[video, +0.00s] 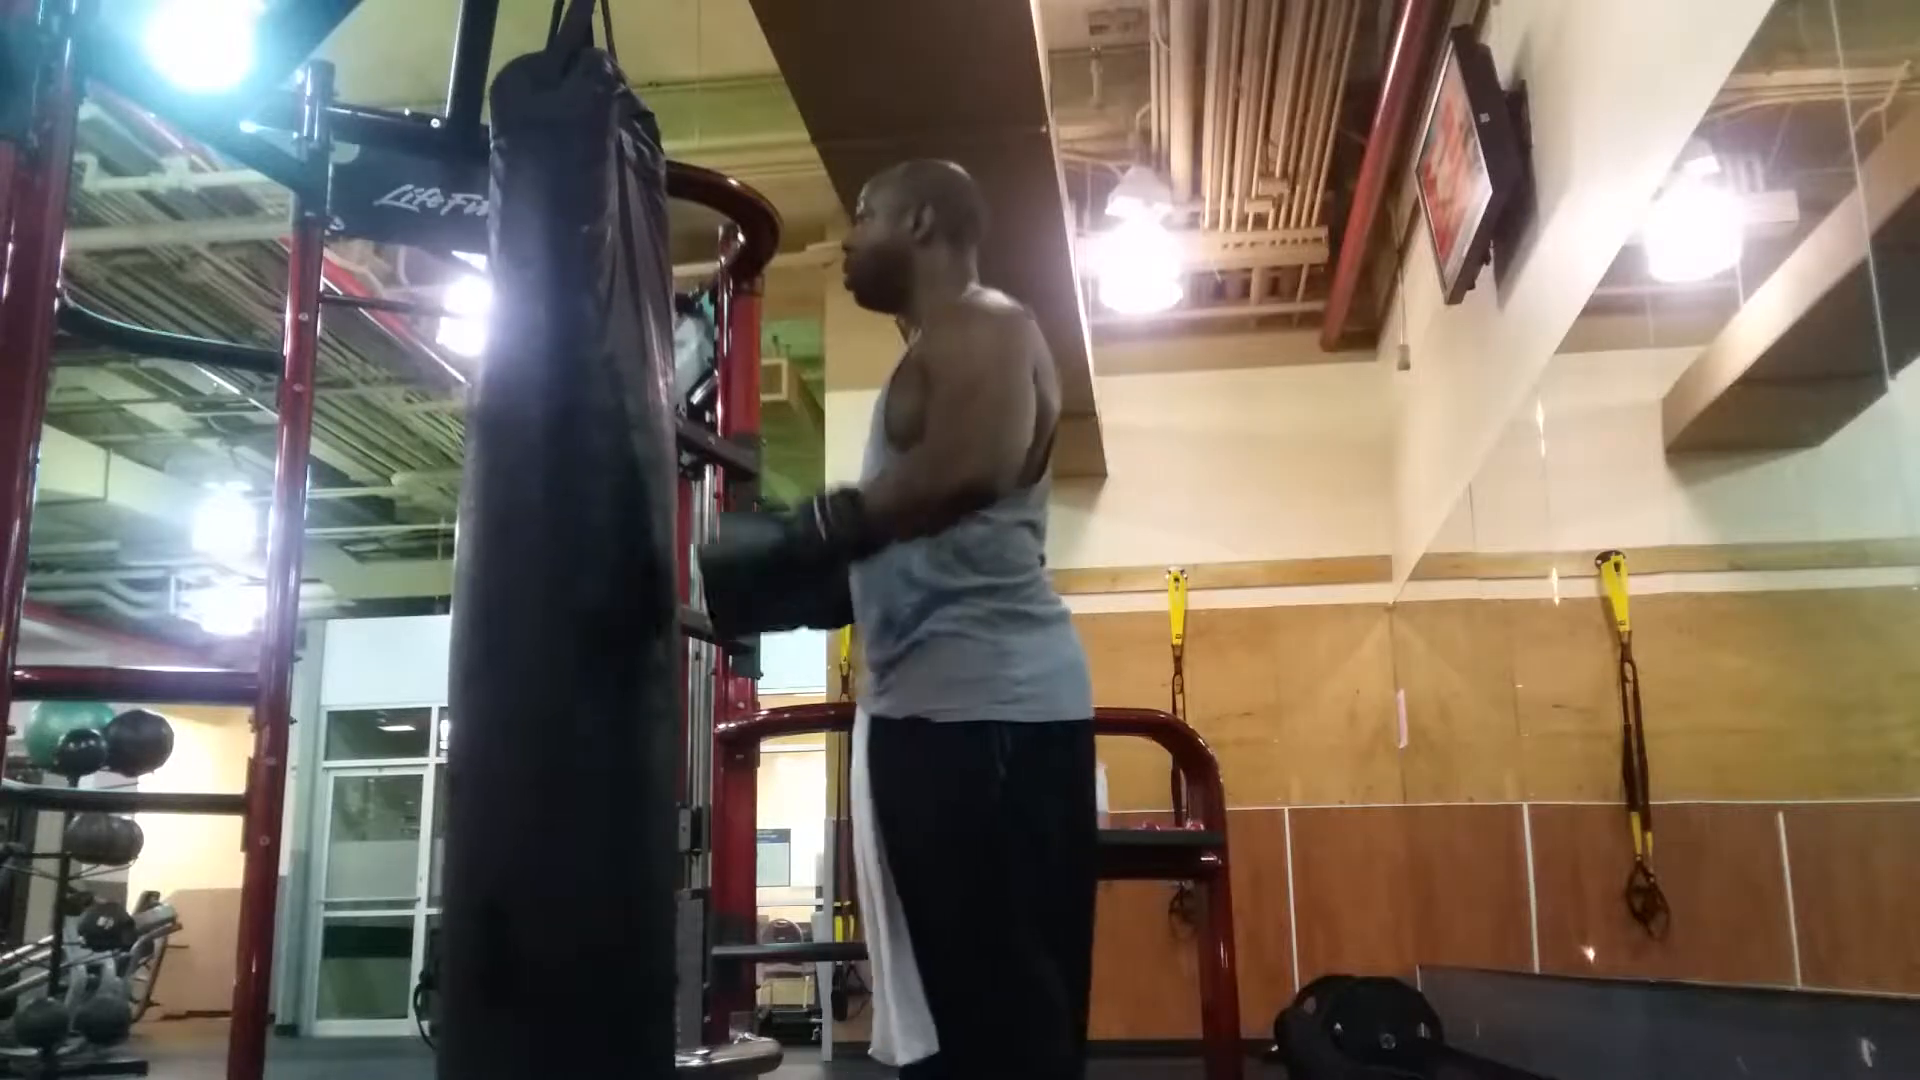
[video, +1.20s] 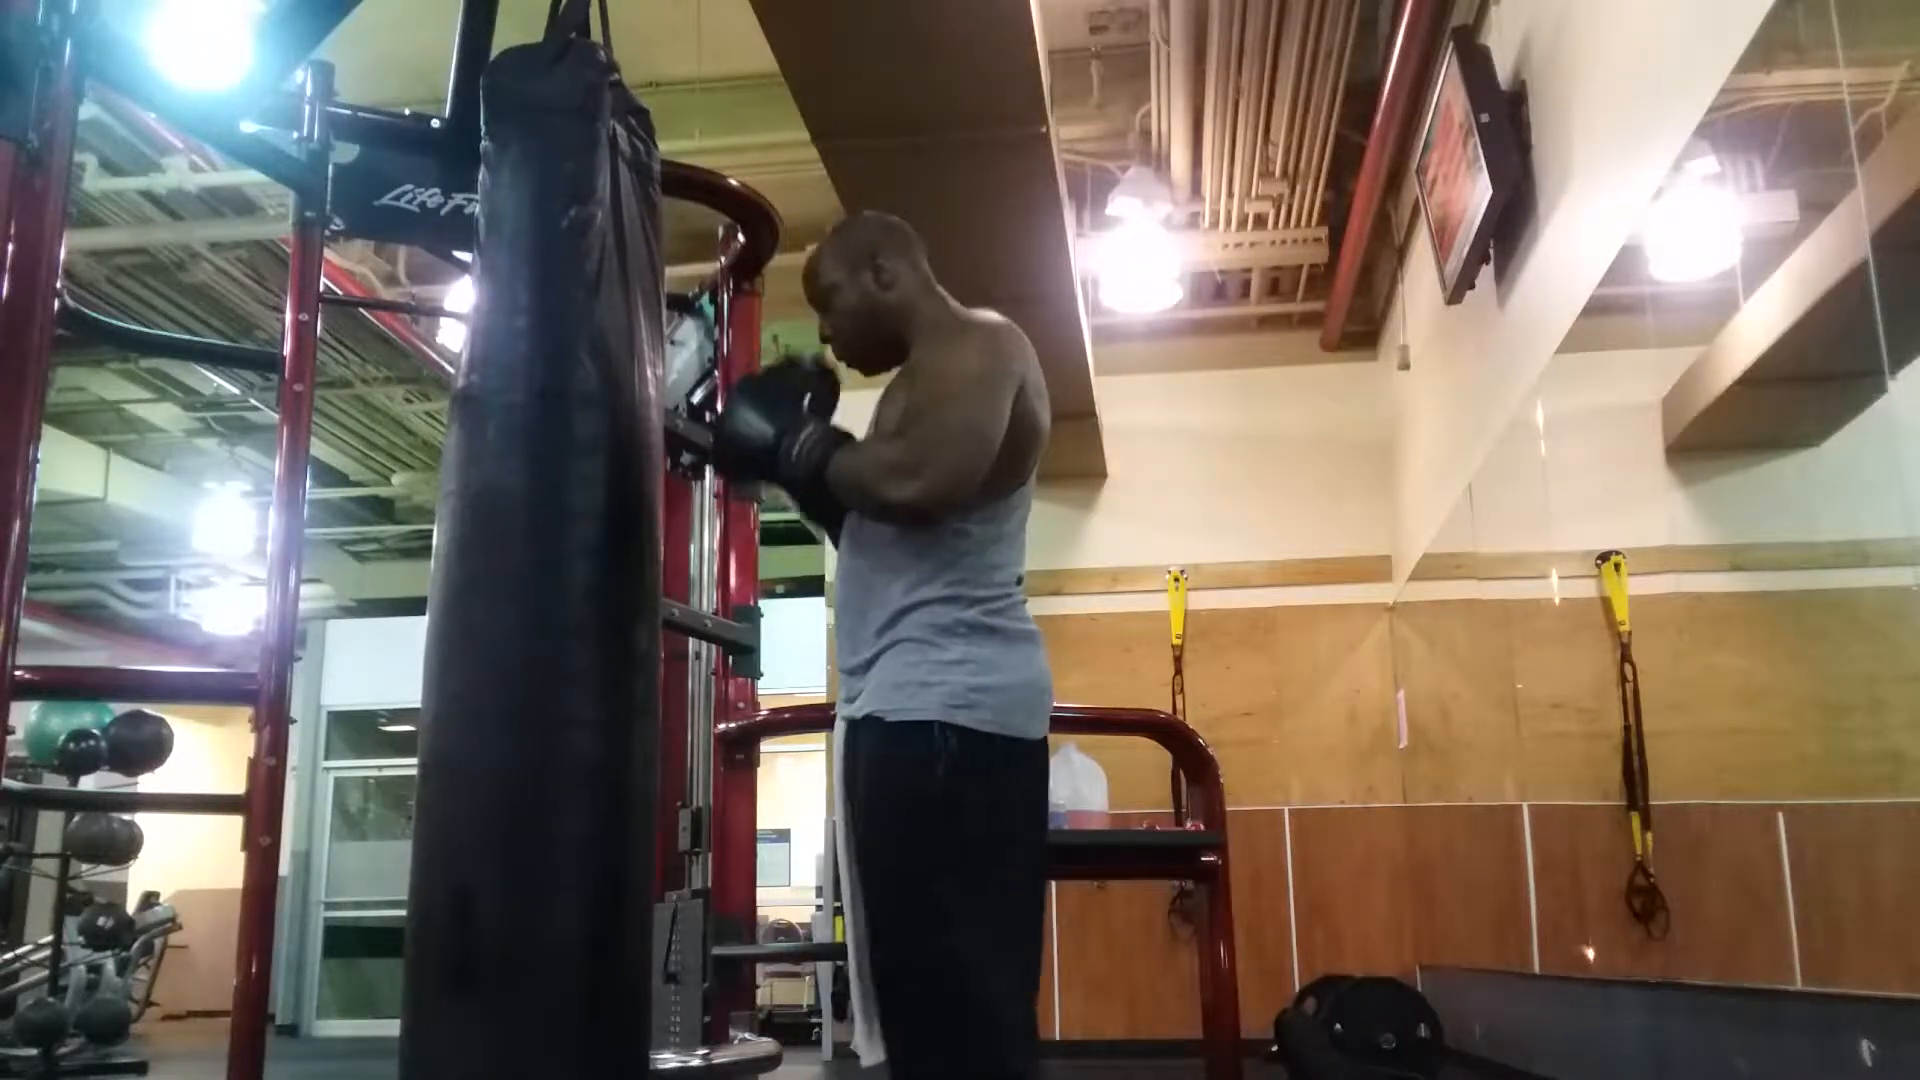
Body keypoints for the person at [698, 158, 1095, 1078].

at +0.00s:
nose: (847, 240)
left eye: (864, 216)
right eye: (854, 220)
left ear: (920, 224)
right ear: (926, 229)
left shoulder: (978, 322)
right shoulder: (935, 355)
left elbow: (974, 464)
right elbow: (913, 557)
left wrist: (815, 528)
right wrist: (775, 591)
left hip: (981, 713)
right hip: (947, 713)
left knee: (992, 1022)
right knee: (981, 1021)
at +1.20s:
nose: (825, 335)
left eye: (826, 304)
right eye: (818, 313)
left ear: (882, 277)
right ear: (890, 282)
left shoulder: (977, 342)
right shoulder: (910, 387)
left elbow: (922, 481)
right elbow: (881, 542)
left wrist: (803, 443)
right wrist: (790, 463)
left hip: (950, 707)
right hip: (903, 708)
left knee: (951, 1010)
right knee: (924, 1007)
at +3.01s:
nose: (684, 343)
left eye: (692, 316)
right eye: (681, 320)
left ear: (740, 306)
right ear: (764, 306)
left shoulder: (799, 350)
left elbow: (791, 430)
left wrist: (667, 468)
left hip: (869, 708)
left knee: (897, 1000)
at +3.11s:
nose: (689, 344)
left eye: (697, 319)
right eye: (689, 323)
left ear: (751, 310)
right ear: (776, 313)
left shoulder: (804, 354)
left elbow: (760, 455)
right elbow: (762, 610)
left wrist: (634, 480)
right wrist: (641, 552)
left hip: (863, 714)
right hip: (844, 716)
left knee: (877, 1007)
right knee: (869, 1010)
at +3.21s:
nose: (710, 323)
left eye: (722, 299)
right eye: (712, 303)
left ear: (782, 294)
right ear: (794, 301)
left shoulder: (827, 356)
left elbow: (766, 465)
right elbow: (784, 612)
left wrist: (636, 476)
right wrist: (646, 556)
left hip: (881, 710)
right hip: (865, 713)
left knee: (876, 988)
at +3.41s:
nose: (724, 309)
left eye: (738, 287)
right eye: (725, 293)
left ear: (805, 286)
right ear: (808, 293)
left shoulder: (858, 347)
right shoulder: (814, 401)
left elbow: (848, 462)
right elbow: (861, 597)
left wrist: (723, 483)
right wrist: (752, 624)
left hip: (911, 702)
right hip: (872, 706)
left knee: (914, 992)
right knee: (889, 990)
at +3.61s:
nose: (743, 308)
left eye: (755, 282)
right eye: (743, 289)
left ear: (819, 282)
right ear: (825, 288)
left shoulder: (883, 346)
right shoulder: (836, 390)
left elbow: (883, 472)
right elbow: (878, 552)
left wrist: (775, 514)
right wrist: (801, 620)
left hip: (932, 693)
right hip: (894, 694)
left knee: (929, 990)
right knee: (910, 984)